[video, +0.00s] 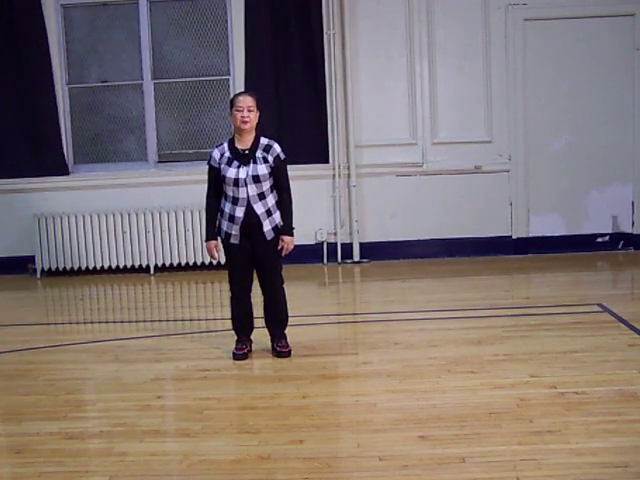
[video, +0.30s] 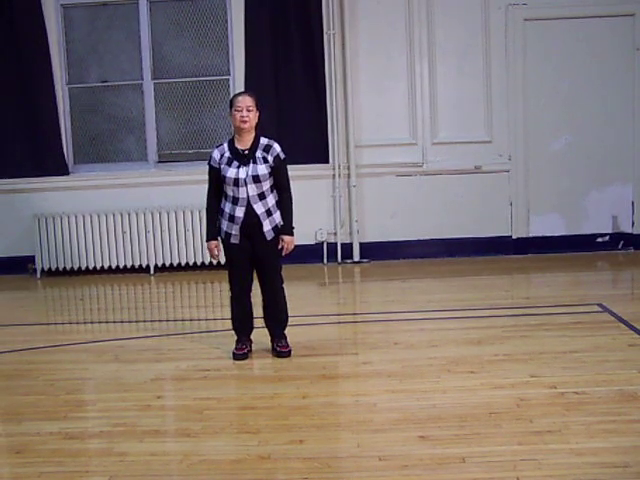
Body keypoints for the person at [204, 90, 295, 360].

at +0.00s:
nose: (244, 115)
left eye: (249, 110)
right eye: (239, 110)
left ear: (258, 115)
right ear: (231, 115)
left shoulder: (271, 150)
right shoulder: (219, 154)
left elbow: (284, 192)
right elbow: (213, 197)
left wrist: (287, 230)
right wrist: (211, 234)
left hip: (267, 230)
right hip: (234, 232)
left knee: (273, 285)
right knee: (239, 288)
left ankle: (279, 335)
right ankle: (243, 338)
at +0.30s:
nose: (244, 114)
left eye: (249, 110)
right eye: (238, 110)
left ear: (257, 115)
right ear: (231, 115)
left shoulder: (271, 149)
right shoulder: (219, 155)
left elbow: (284, 192)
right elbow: (213, 197)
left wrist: (287, 230)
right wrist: (212, 235)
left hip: (267, 230)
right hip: (234, 233)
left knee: (273, 285)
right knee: (239, 288)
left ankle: (278, 335)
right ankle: (243, 338)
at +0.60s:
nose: (250, 116)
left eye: (254, 111)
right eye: (244, 111)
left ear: (259, 115)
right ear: (232, 115)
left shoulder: (271, 149)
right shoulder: (220, 155)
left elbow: (285, 192)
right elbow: (213, 198)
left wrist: (288, 229)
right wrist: (212, 235)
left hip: (269, 230)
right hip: (235, 232)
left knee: (274, 285)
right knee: (240, 288)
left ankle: (279, 335)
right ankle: (243, 338)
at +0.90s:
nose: (254, 115)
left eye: (258, 111)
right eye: (248, 110)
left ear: (261, 115)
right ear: (233, 114)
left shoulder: (271, 149)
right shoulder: (220, 155)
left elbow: (285, 191)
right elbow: (214, 197)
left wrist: (289, 228)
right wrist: (212, 235)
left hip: (269, 230)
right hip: (235, 233)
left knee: (274, 285)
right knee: (240, 288)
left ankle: (279, 335)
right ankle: (243, 338)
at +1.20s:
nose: (250, 115)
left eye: (255, 110)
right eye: (244, 110)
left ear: (260, 115)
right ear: (232, 114)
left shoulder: (271, 149)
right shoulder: (220, 154)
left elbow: (285, 191)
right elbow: (213, 197)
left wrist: (289, 229)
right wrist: (212, 235)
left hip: (269, 231)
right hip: (235, 233)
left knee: (273, 286)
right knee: (240, 289)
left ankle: (279, 335)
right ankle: (243, 338)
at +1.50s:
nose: (246, 114)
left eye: (251, 110)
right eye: (240, 110)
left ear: (258, 115)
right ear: (232, 115)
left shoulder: (271, 149)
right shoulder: (219, 155)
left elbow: (284, 192)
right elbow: (213, 198)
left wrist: (287, 230)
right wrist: (212, 235)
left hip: (268, 231)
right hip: (234, 233)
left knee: (273, 285)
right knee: (239, 288)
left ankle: (279, 335)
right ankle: (243, 338)